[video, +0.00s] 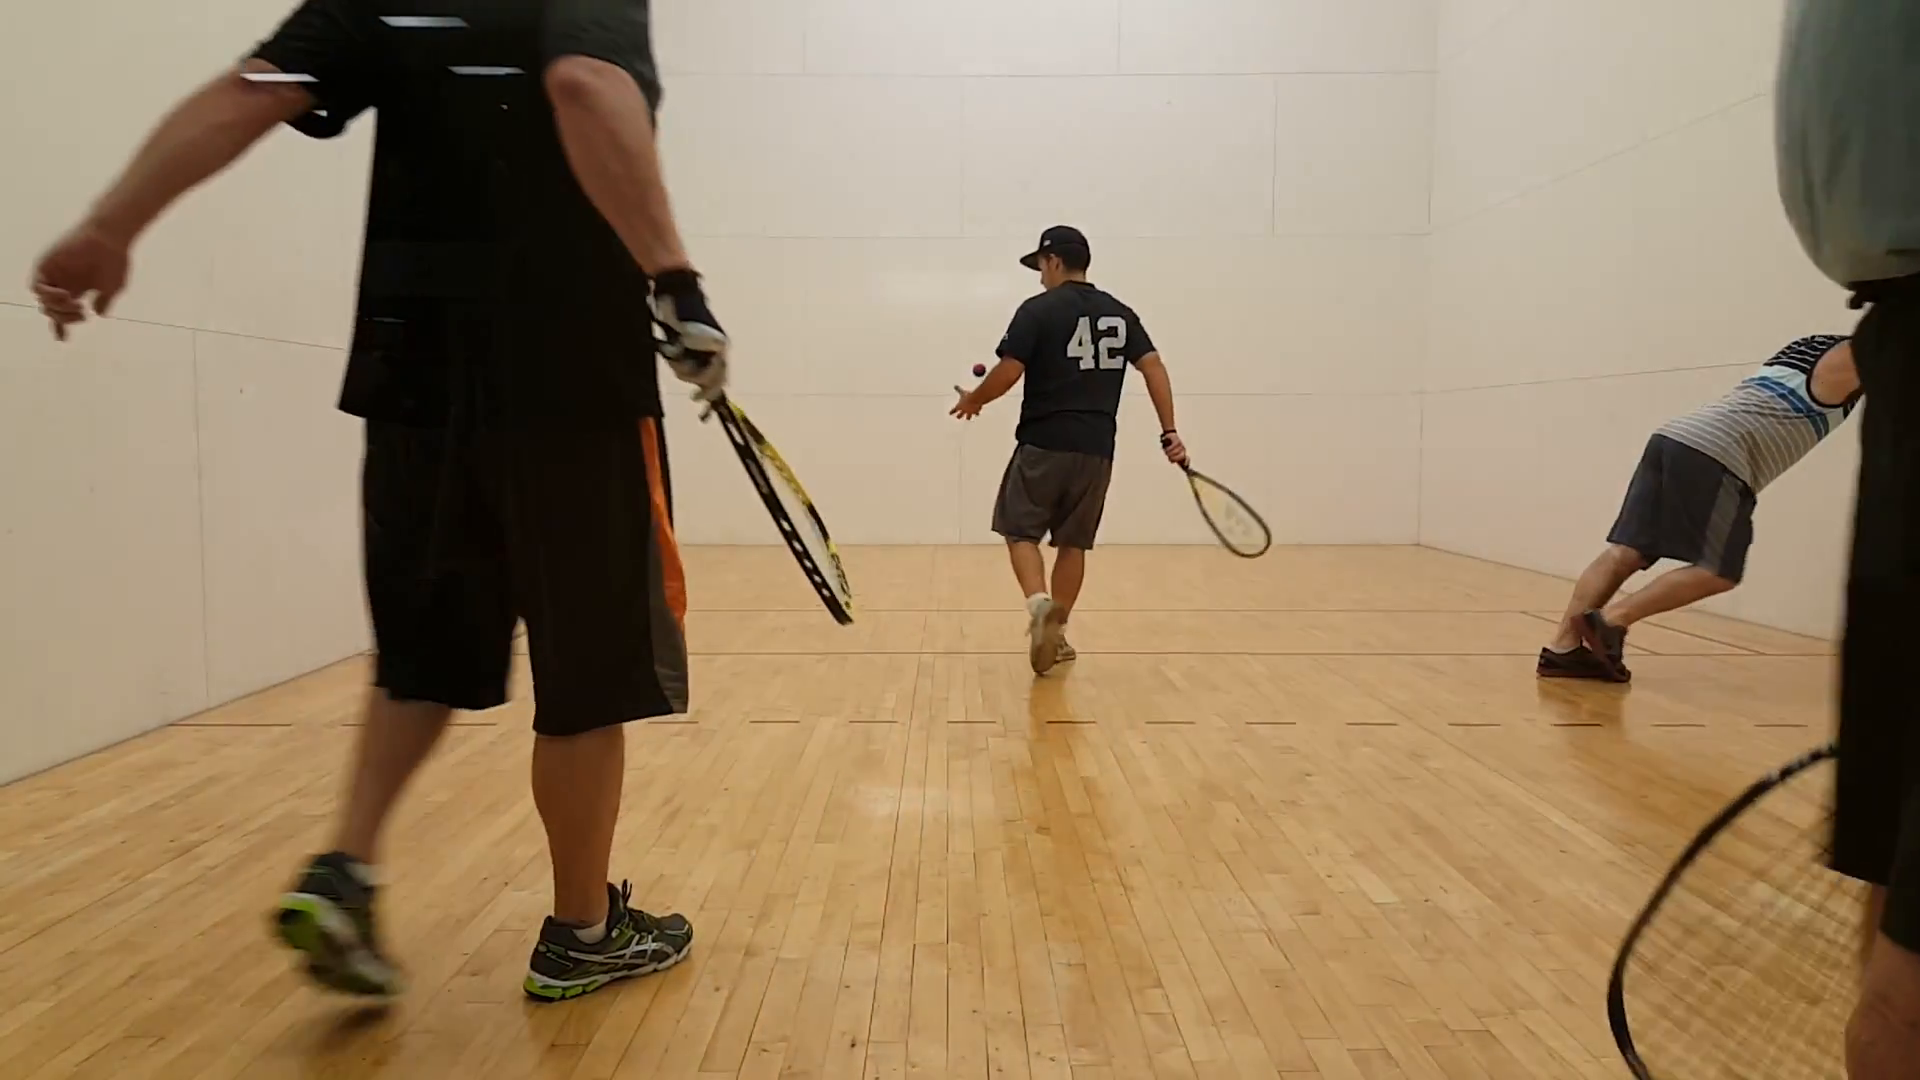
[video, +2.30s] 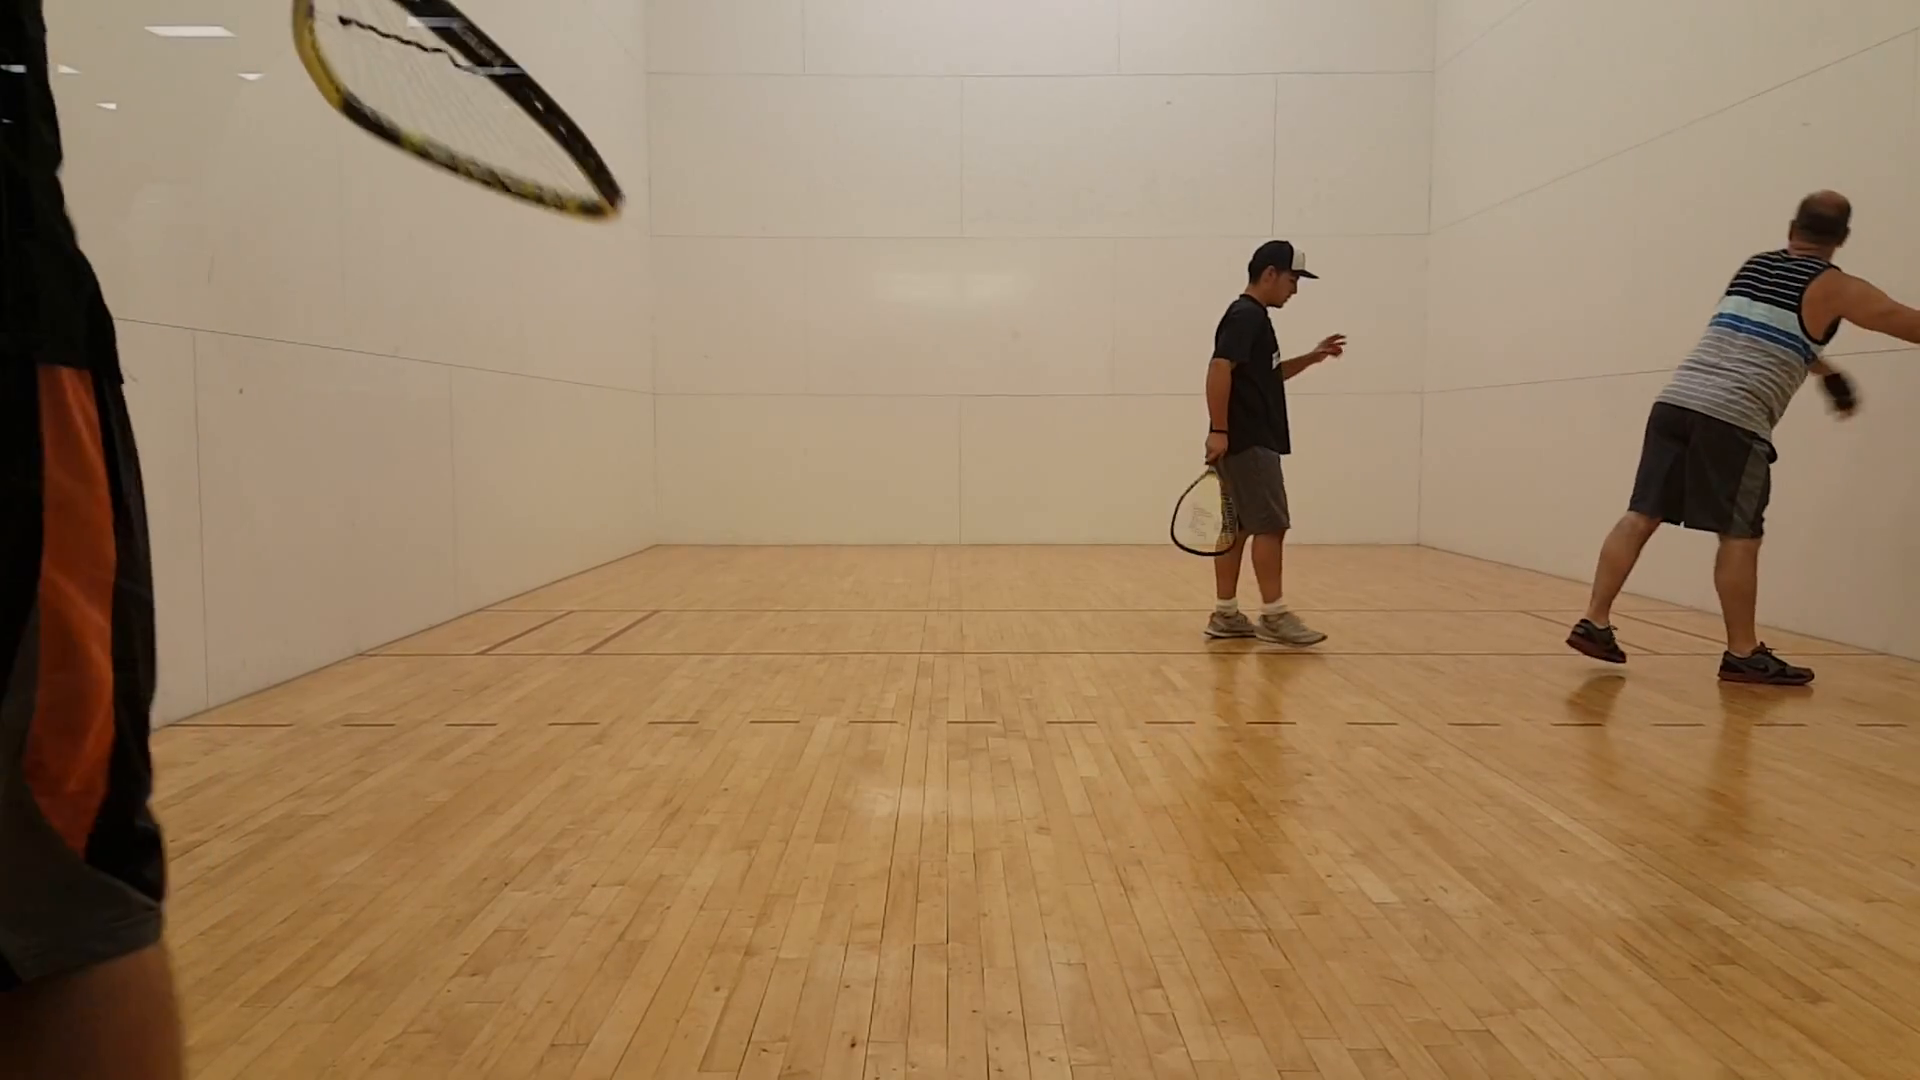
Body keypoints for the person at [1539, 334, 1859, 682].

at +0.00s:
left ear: (1862, 323)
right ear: (1880, 340)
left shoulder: (1797, 352)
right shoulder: (1844, 365)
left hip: (1669, 441)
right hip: (1718, 462)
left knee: (1627, 551)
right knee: (1719, 571)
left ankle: (1563, 647)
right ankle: (1612, 619)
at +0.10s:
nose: (1886, 381)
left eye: (1891, 371)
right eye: (1890, 367)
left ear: (1863, 334)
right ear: (1881, 344)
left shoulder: (1807, 345)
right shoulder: (1853, 355)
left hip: (1671, 441)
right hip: (1722, 458)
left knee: (1629, 549)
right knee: (1755, 561)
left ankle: (1562, 647)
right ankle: (1648, 613)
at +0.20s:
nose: (1892, 373)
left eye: (1895, 363)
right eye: (1894, 361)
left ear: (1863, 333)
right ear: (1883, 344)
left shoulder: (1807, 345)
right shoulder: (1857, 353)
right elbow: (1912, 355)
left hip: (1674, 443)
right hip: (1728, 456)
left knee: (1629, 551)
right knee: (1787, 550)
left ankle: (1563, 646)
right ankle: (1693, 622)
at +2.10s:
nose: (1892, 308)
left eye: (1893, 301)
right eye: (1893, 301)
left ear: (1842, 281)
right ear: (1886, 298)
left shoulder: (1797, 311)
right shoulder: (1860, 325)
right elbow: (1918, 342)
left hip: (1685, 434)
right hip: (1745, 445)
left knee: (1642, 536)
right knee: (1798, 545)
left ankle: (1573, 633)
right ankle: (1747, 653)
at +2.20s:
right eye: (1865, 260)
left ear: (1818, 246)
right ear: (1865, 261)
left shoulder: (1777, 281)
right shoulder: (1849, 299)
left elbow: (1837, 337)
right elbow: (1914, 321)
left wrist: (1900, 353)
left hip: (1679, 412)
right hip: (1739, 427)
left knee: (1641, 520)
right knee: (1766, 536)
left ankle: (1585, 622)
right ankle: (1746, 652)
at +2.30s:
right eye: (1842, 234)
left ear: (1793, 226)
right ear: (1842, 238)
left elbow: (1775, 332)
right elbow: (1910, 325)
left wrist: (1826, 373)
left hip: (1674, 406)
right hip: (1734, 425)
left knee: (1640, 516)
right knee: (1740, 538)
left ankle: (1593, 622)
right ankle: (1742, 652)